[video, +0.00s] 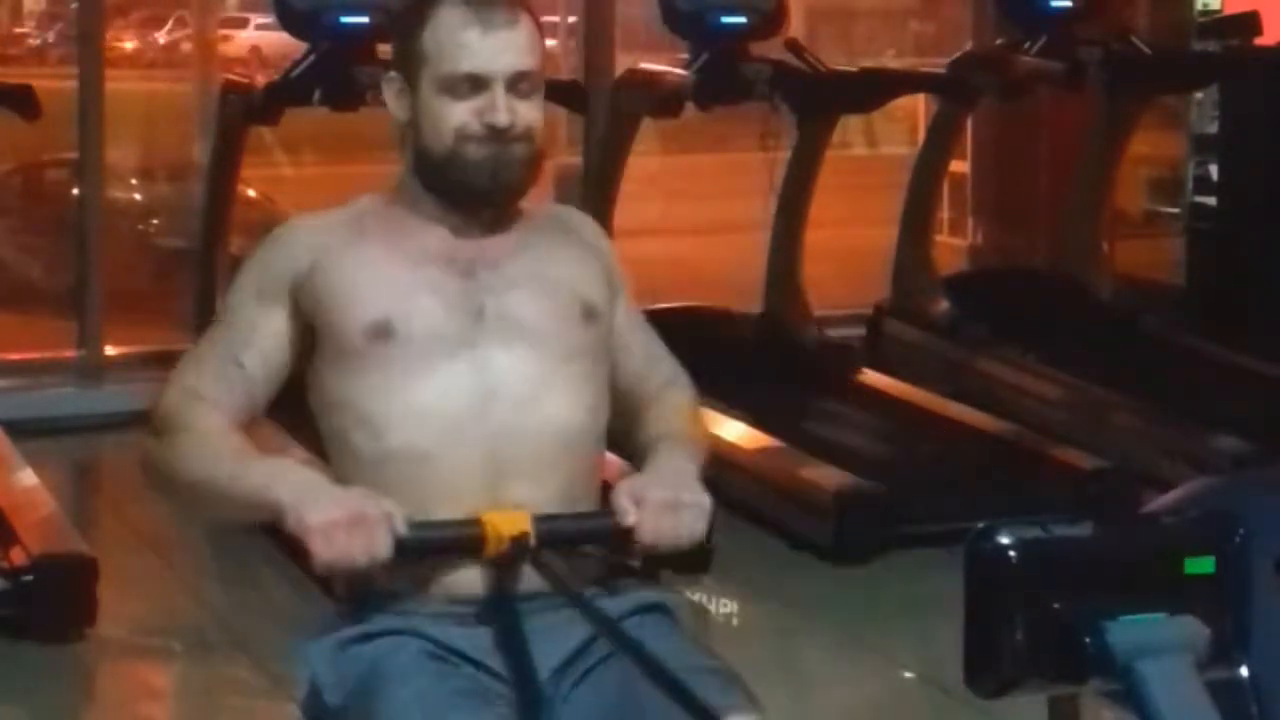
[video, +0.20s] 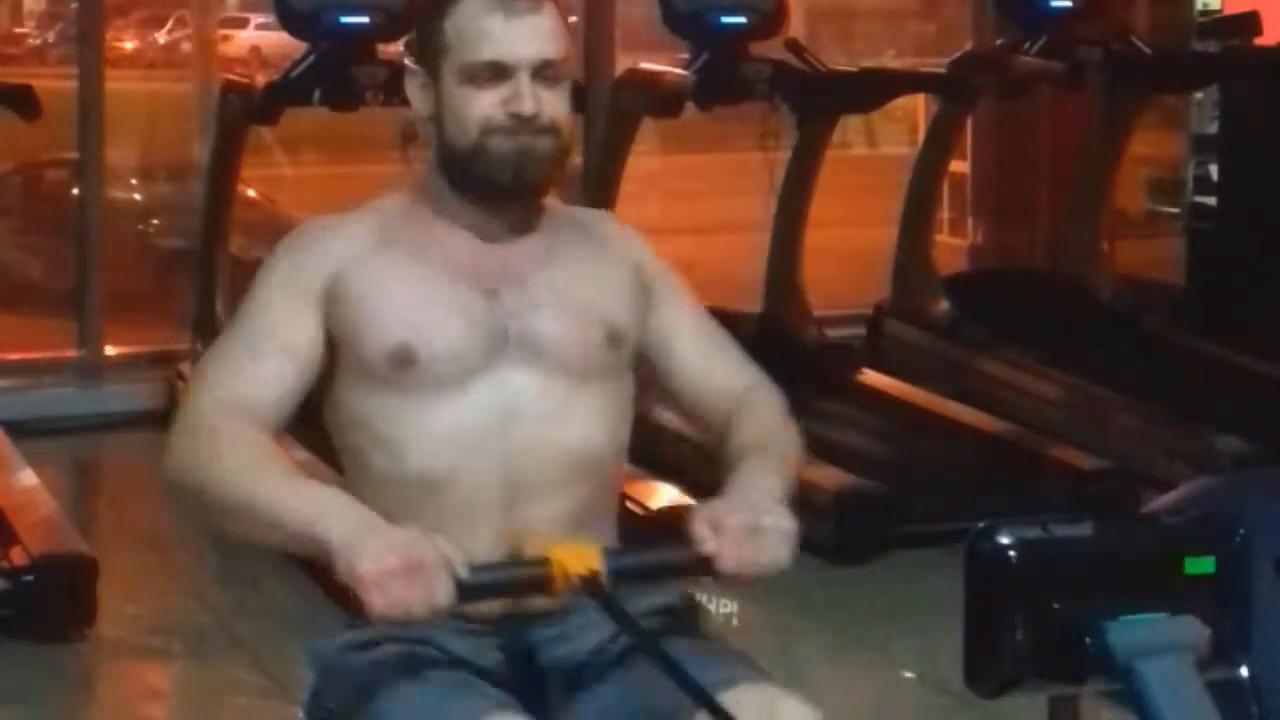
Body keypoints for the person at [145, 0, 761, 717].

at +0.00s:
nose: (501, 115)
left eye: (522, 89)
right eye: (466, 89)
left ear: (543, 101)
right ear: (399, 99)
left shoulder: (578, 245)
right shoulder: (312, 253)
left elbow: (665, 397)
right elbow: (182, 428)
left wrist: (673, 471)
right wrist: (297, 488)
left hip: (597, 610)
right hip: (414, 622)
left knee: (719, 709)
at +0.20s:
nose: (525, 104)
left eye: (547, 77)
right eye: (488, 78)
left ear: (570, 95)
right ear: (424, 95)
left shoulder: (613, 254)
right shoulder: (331, 257)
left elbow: (751, 404)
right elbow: (205, 442)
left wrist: (757, 490)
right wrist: (356, 533)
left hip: (606, 613)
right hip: (418, 631)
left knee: (778, 711)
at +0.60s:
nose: (636, 115)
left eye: (659, 84)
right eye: (591, 87)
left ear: (689, 105)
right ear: (519, 115)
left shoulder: (757, 303)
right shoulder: (415, 311)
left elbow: (906, 462)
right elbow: (402, 518)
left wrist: (1001, 632)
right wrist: (542, 694)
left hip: (663, 655)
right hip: (468, 665)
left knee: (843, 683)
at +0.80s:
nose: (689, 145)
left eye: (711, 110)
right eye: (641, 115)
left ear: (740, 133)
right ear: (559, 147)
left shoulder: (817, 344)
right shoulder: (451, 357)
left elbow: (962, 519)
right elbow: (487, 585)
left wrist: (1073, 684)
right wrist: (573, 714)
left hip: (691, 677)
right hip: (499, 688)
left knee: (857, 669)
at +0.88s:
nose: (701, 157)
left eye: (724, 121)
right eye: (653, 125)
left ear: (753, 145)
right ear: (573, 159)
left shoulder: (826, 355)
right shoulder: (460, 367)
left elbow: (980, 540)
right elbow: (508, 587)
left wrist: (1083, 691)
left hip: (698, 679)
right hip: (501, 688)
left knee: (857, 670)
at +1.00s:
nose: (698, 158)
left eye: (720, 121)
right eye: (649, 126)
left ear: (749, 143)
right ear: (568, 159)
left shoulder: (822, 353)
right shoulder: (455, 363)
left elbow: (973, 543)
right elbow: (505, 584)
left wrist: (1078, 700)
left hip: (690, 681)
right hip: (482, 686)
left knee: (856, 672)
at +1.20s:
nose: (619, 105)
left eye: (644, 70)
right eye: (574, 75)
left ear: (675, 88)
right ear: (500, 101)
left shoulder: (742, 290)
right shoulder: (404, 295)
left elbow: (882, 467)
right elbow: (418, 504)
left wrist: (978, 642)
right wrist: (545, 694)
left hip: (654, 646)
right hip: (453, 656)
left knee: (838, 683)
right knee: (495, 709)